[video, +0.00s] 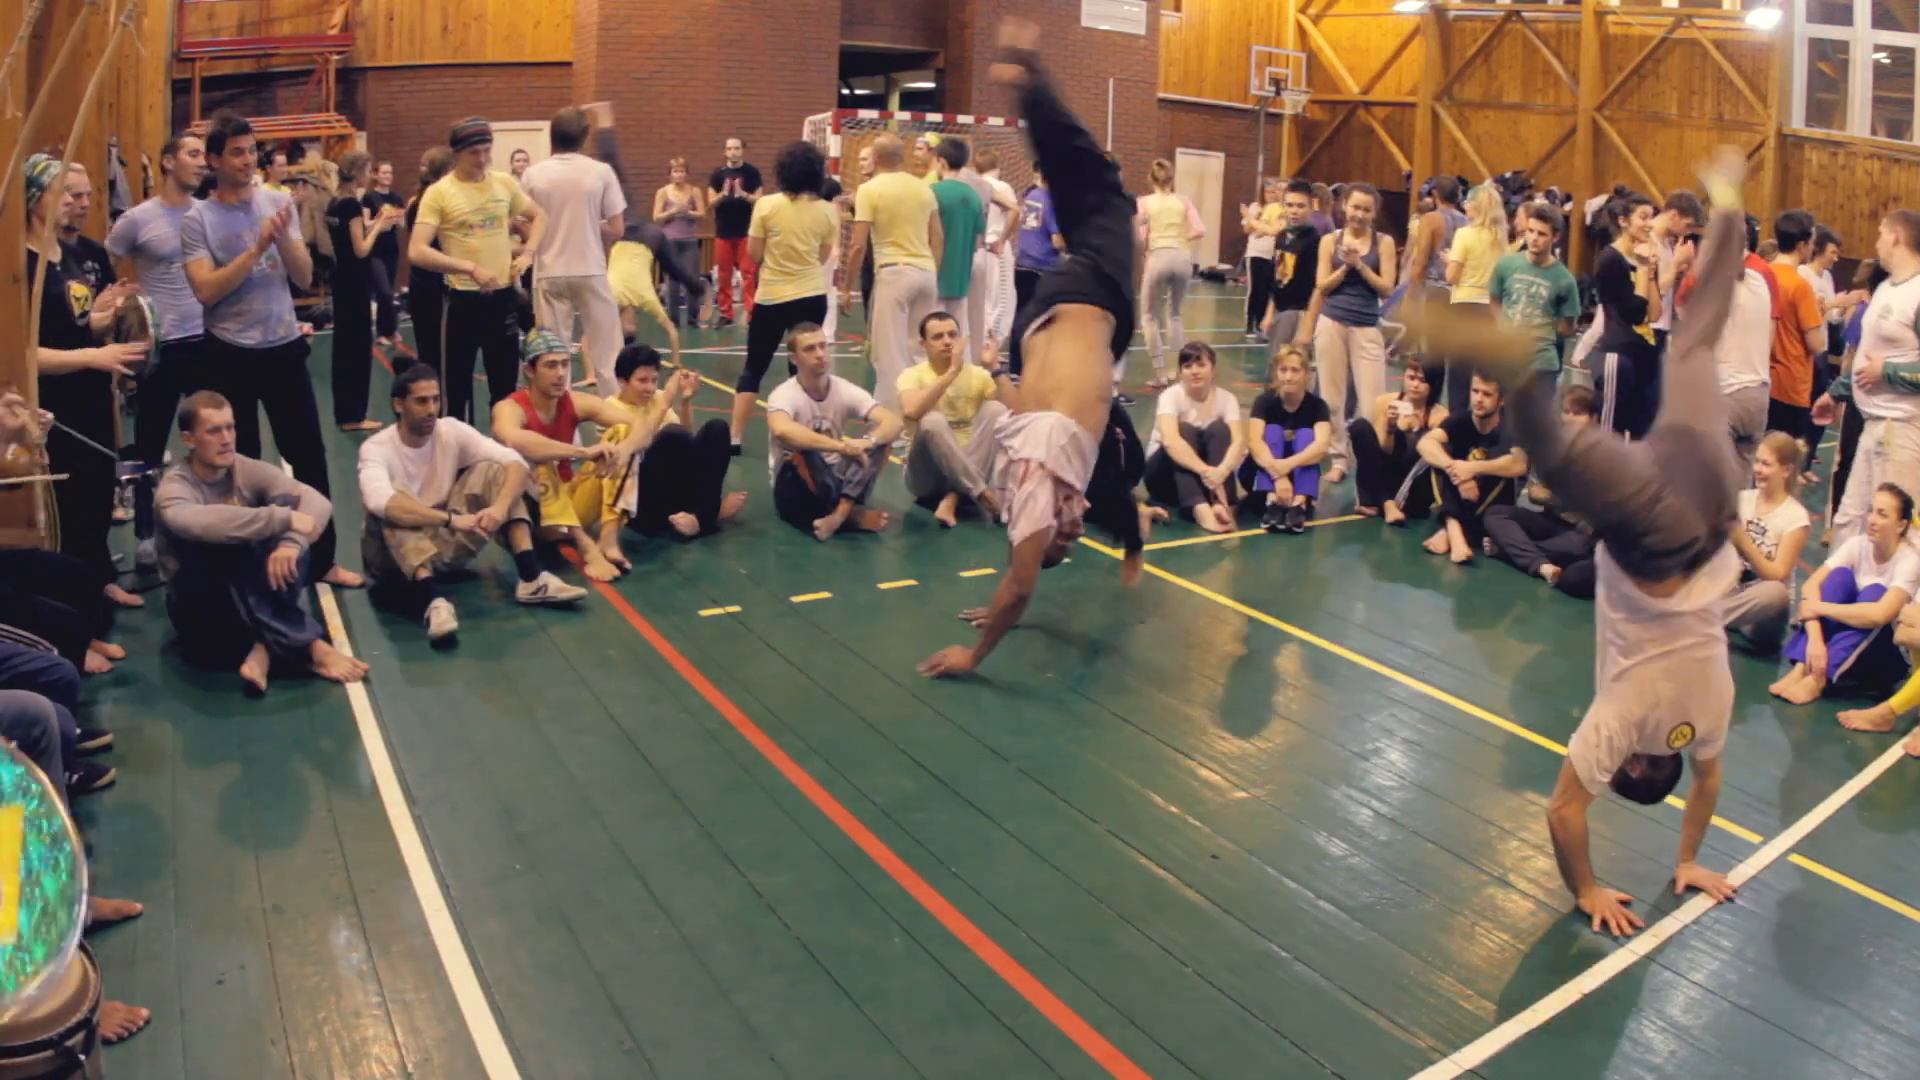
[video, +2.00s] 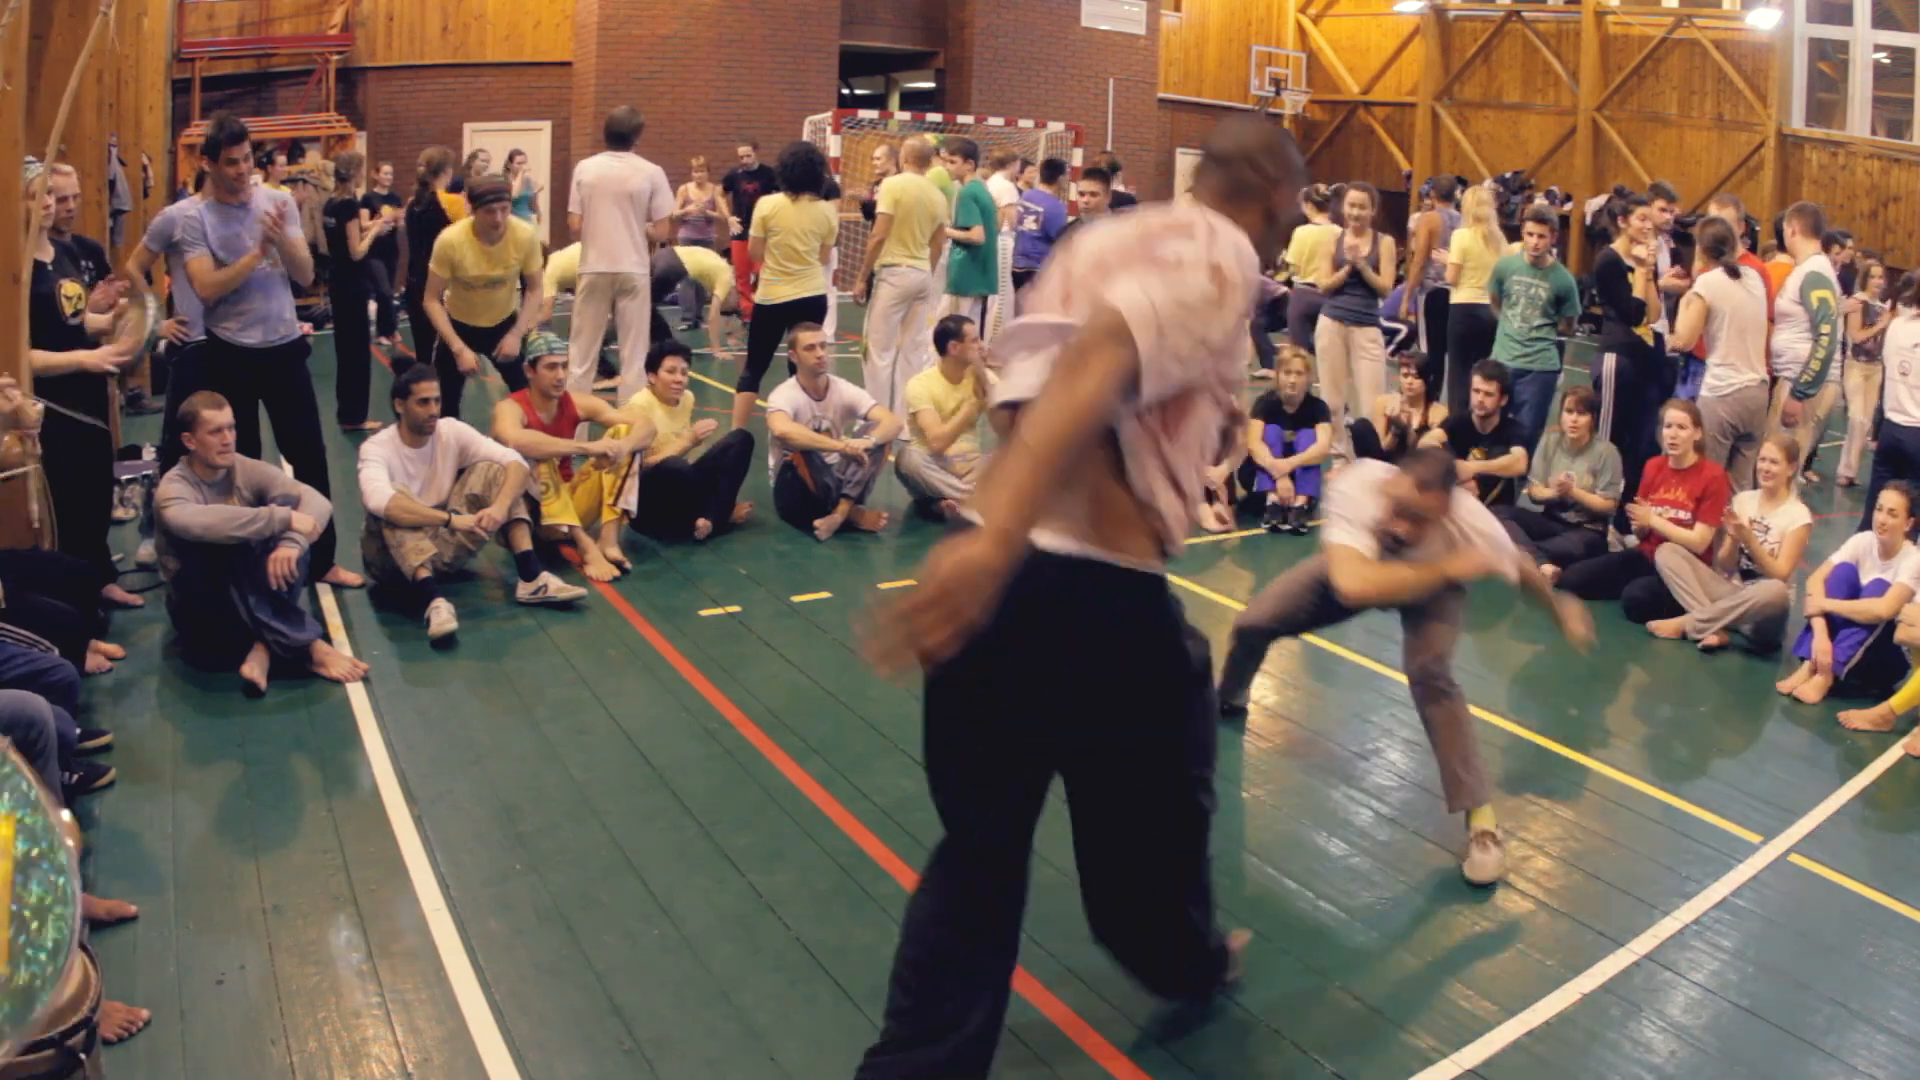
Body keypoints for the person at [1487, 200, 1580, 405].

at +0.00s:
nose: (1534, 239)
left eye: (1542, 234)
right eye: (1531, 231)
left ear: (1555, 238)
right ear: (1525, 231)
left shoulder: (1564, 280)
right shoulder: (1505, 265)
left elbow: (1566, 326)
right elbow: (1494, 303)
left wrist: (1534, 331)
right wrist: (1508, 332)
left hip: (1541, 358)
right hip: (1505, 353)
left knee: (1540, 428)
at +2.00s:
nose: (1534, 242)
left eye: (1541, 236)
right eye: (1530, 234)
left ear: (1553, 239)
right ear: (1522, 234)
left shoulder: (1563, 280)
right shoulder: (1504, 266)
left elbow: (1568, 325)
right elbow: (1495, 303)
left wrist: (1540, 333)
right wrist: (1514, 326)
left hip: (1539, 361)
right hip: (1503, 355)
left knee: (1526, 432)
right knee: (1490, 425)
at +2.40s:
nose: (1533, 241)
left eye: (1540, 236)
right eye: (1529, 234)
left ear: (1552, 238)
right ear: (1521, 234)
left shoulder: (1563, 279)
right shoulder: (1505, 265)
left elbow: (1568, 325)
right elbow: (1495, 305)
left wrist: (1540, 331)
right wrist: (1515, 326)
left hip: (1540, 360)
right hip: (1503, 354)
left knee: (1527, 432)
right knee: (1492, 425)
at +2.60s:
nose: (1534, 241)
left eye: (1541, 236)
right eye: (1529, 234)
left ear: (1552, 238)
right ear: (1521, 235)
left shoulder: (1563, 280)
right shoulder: (1505, 266)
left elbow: (1567, 324)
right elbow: (1495, 305)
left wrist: (1539, 333)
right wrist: (1514, 327)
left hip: (1541, 359)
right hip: (1504, 354)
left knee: (1527, 431)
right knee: (1492, 424)